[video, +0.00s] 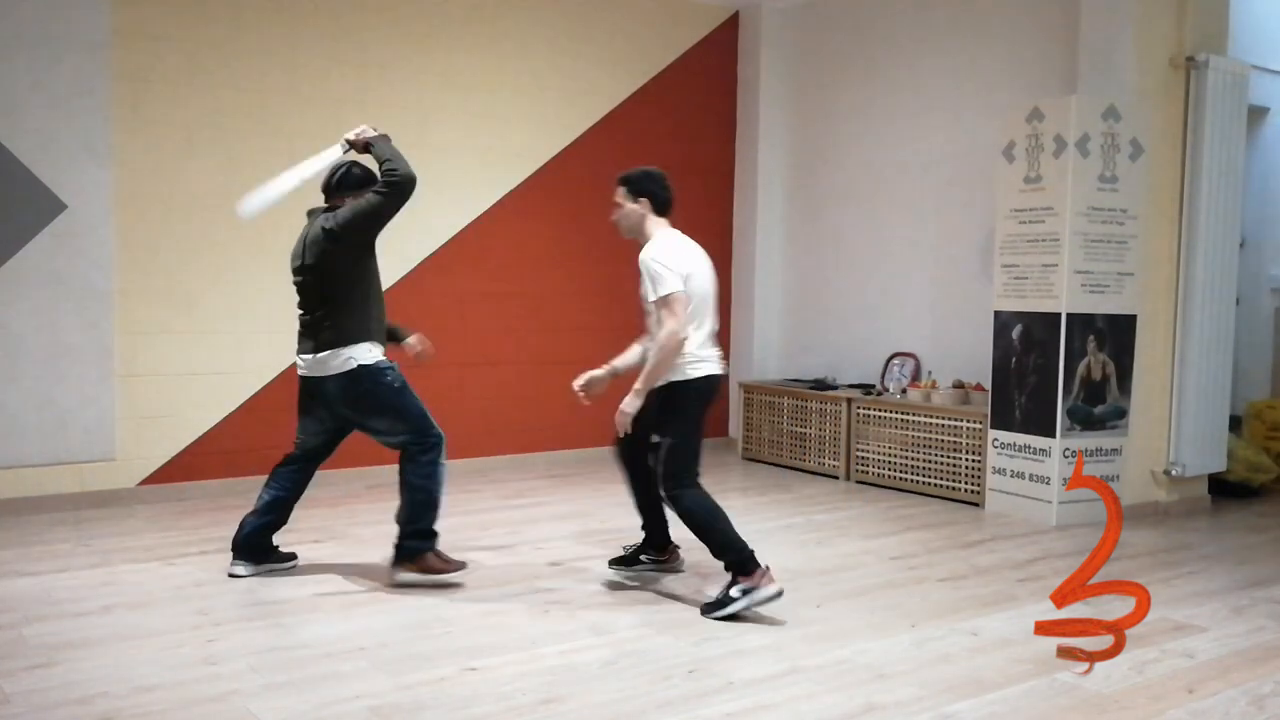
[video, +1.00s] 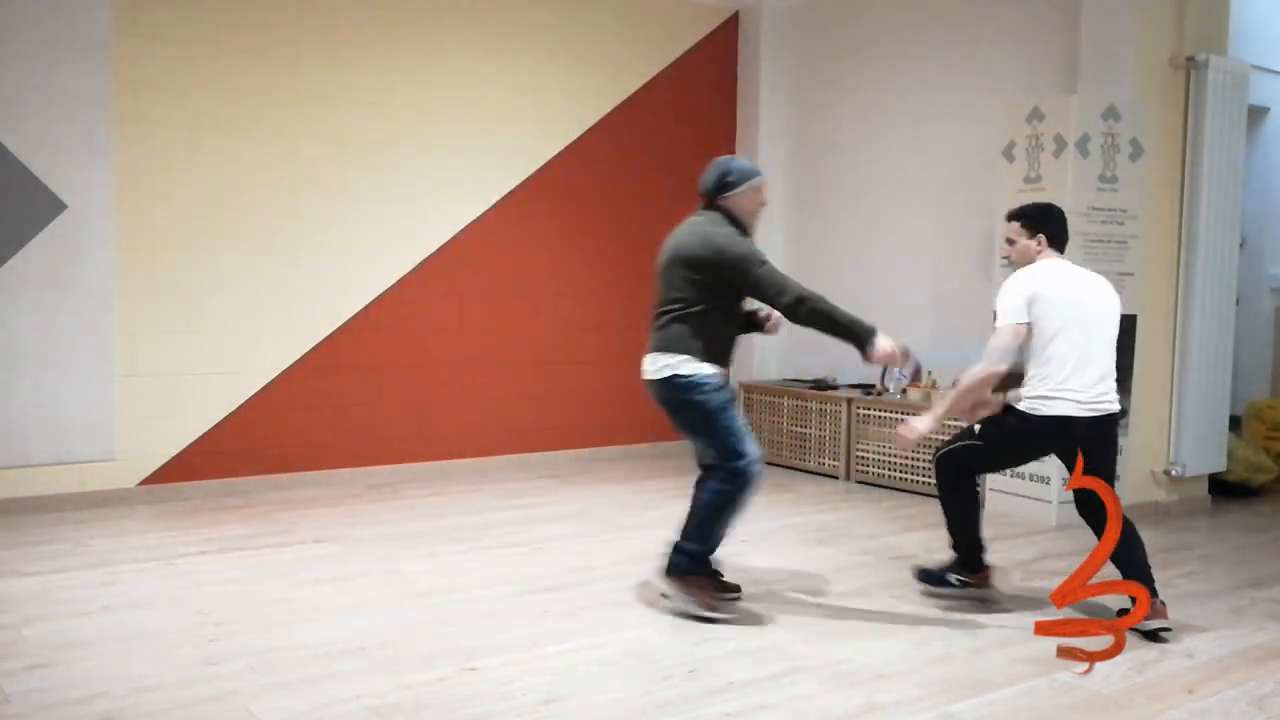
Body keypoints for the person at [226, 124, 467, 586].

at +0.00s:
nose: (371, 203)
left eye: (370, 195)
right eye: (368, 195)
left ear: (329, 194)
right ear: (353, 195)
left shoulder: (306, 240)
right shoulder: (346, 223)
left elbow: (344, 303)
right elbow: (400, 182)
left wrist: (399, 335)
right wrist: (377, 141)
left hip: (315, 371)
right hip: (356, 366)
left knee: (303, 458)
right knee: (424, 441)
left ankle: (252, 544)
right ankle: (416, 548)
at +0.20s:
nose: (422, 216)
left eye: (420, 206)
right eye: (419, 208)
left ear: (379, 205)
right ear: (407, 208)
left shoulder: (361, 246)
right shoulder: (389, 239)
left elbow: (386, 299)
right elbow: (439, 195)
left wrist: (432, 300)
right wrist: (419, 146)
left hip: (347, 383)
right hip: (385, 380)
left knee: (318, 466)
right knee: (455, 454)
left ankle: (255, 548)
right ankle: (453, 566)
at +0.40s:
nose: (512, 212)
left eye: (512, 204)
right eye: (508, 204)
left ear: (469, 203)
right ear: (488, 205)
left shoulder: (450, 242)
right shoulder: (466, 237)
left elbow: (459, 317)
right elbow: (531, 216)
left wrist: (501, 314)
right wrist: (553, 154)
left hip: (418, 373)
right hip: (446, 376)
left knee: (436, 456)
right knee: (496, 468)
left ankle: (351, 523)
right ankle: (459, 577)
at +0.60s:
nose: (599, 206)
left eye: (599, 196)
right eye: (591, 196)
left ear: (560, 196)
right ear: (564, 196)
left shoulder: (536, 230)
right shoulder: (544, 231)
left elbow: (527, 298)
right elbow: (622, 245)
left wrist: (573, 315)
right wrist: (700, 203)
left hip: (536, 377)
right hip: (510, 377)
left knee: (579, 448)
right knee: (517, 481)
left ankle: (592, 556)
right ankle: (458, 573)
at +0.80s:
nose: (679, 206)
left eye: (679, 197)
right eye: (670, 197)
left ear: (646, 202)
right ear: (643, 201)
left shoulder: (617, 238)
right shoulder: (635, 242)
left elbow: (617, 305)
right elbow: (716, 274)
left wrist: (663, 325)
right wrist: (804, 271)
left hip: (639, 387)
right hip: (614, 387)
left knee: (682, 459)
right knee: (612, 485)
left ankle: (687, 565)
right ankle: (516, 544)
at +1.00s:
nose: (762, 203)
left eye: (761, 193)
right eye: (755, 193)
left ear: (721, 198)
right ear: (730, 196)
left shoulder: (694, 233)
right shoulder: (718, 238)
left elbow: (703, 309)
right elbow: (791, 297)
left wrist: (753, 320)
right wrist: (868, 338)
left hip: (676, 369)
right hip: (690, 372)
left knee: (725, 466)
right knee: (740, 465)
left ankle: (691, 562)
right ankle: (687, 566)